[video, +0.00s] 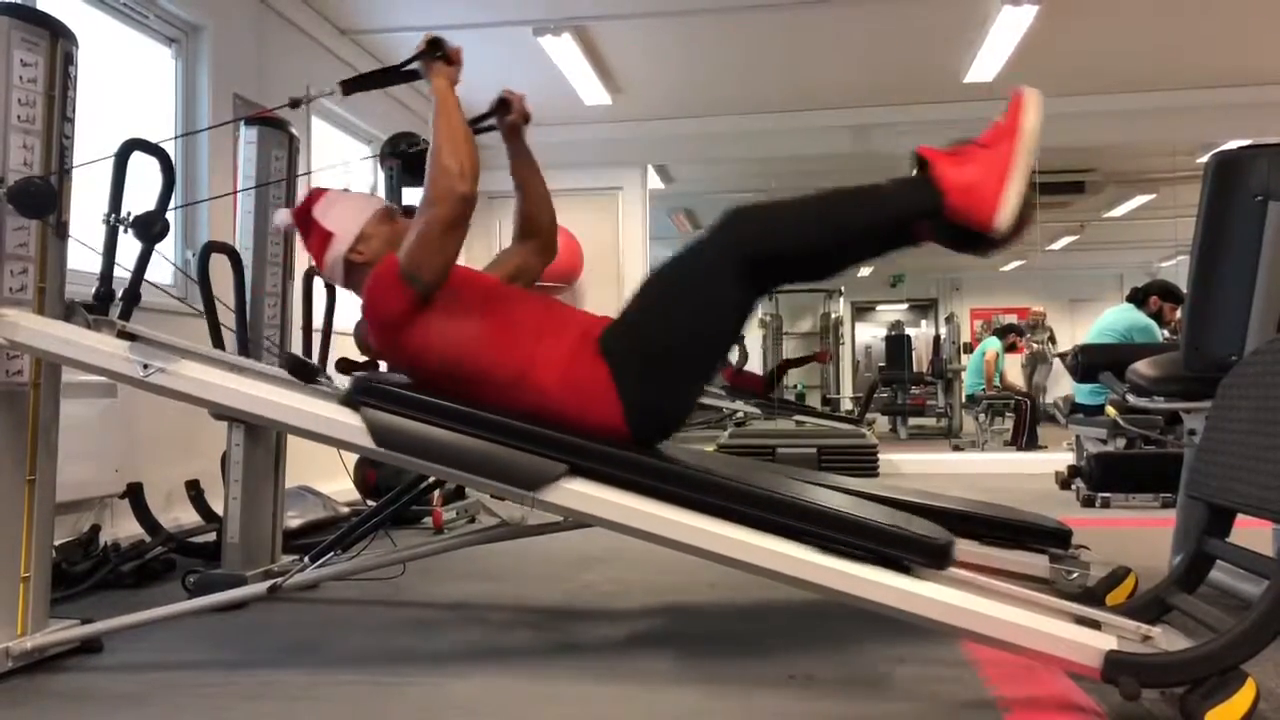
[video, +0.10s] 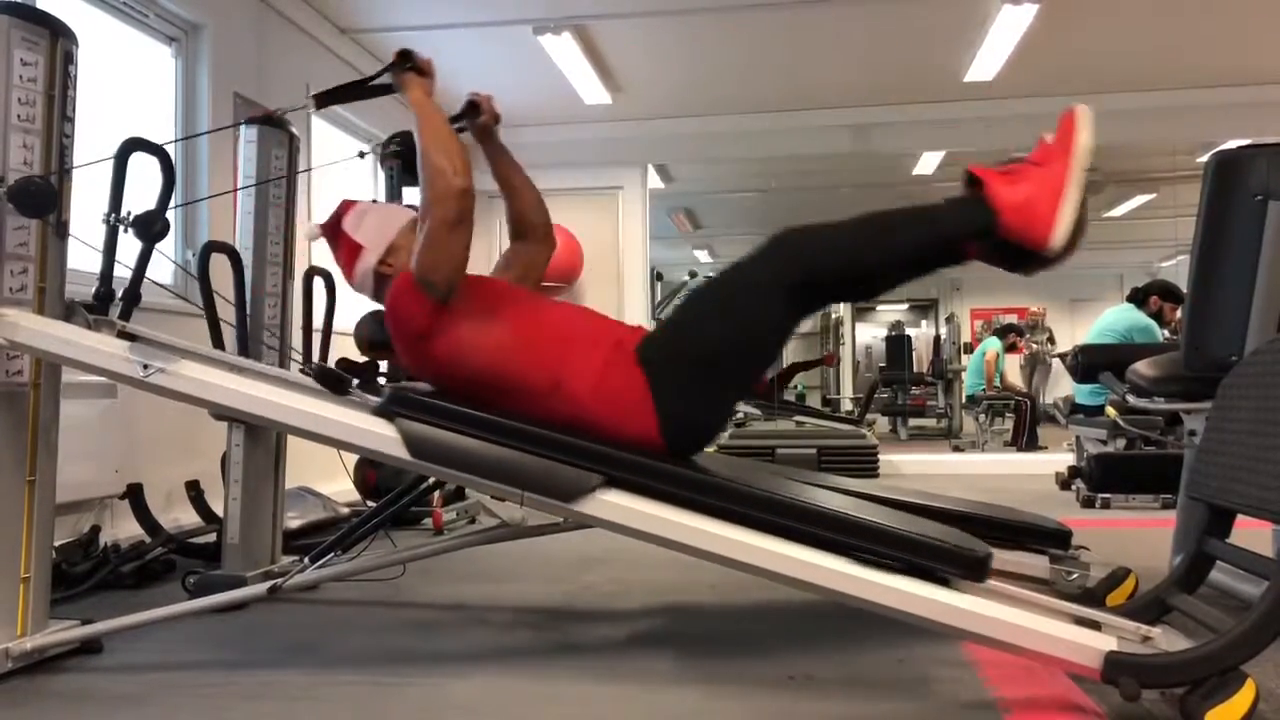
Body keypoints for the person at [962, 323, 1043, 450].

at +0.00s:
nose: (1019, 345)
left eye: (1021, 341)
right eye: (1019, 340)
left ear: (1010, 337)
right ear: (1011, 337)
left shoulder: (999, 349)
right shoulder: (994, 342)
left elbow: (1004, 382)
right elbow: (988, 360)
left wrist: (1020, 391)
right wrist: (989, 390)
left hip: (984, 392)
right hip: (977, 393)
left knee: (1026, 400)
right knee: (1026, 401)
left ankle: (1018, 442)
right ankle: (1025, 444)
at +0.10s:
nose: (1019, 345)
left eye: (1021, 342)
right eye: (1020, 340)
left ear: (1011, 337)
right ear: (1011, 337)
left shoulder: (999, 350)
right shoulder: (994, 342)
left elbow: (1004, 382)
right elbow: (989, 360)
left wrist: (1021, 391)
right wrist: (990, 390)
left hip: (984, 393)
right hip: (977, 393)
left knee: (1026, 400)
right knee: (1027, 401)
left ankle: (1018, 442)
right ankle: (1025, 444)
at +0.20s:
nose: (1019, 344)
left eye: (1021, 341)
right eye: (1019, 339)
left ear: (1010, 337)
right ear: (1011, 336)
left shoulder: (999, 350)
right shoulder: (994, 342)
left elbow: (1004, 381)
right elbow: (988, 360)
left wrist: (1021, 391)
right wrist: (990, 390)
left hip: (983, 392)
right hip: (977, 393)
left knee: (1026, 400)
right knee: (1026, 401)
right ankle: (1025, 444)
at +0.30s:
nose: (1018, 344)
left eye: (1020, 341)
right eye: (1018, 339)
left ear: (1009, 337)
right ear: (1011, 336)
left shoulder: (998, 349)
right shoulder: (994, 342)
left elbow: (1004, 383)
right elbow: (989, 360)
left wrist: (1022, 392)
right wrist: (989, 389)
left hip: (982, 392)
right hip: (977, 393)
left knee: (1025, 401)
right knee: (1027, 402)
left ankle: (1017, 441)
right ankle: (1026, 443)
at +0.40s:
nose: (1019, 345)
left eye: (1021, 342)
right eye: (1019, 340)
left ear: (1010, 338)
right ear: (1011, 337)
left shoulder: (999, 350)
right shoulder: (995, 343)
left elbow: (1004, 383)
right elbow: (989, 360)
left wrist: (1022, 392)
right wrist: (990, 389)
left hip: (982, 393)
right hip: (977, 393)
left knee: (1026, 401)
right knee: (1027, 402)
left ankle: (1018, 442)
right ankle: (1027, 444)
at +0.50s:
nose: (1019, 343)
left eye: (1021, 340)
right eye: (1019, 338)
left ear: (1010, 337)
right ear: (1011, 336)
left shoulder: (999, 349)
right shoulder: (995, 342)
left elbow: (1005, 383)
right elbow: (989, 360)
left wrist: (1023, 392)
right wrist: (990, 389)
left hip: (983, 392)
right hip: (977, 393)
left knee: (1027, 400)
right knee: (1027, 401)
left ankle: (1019, 441)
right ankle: (1027, 443)